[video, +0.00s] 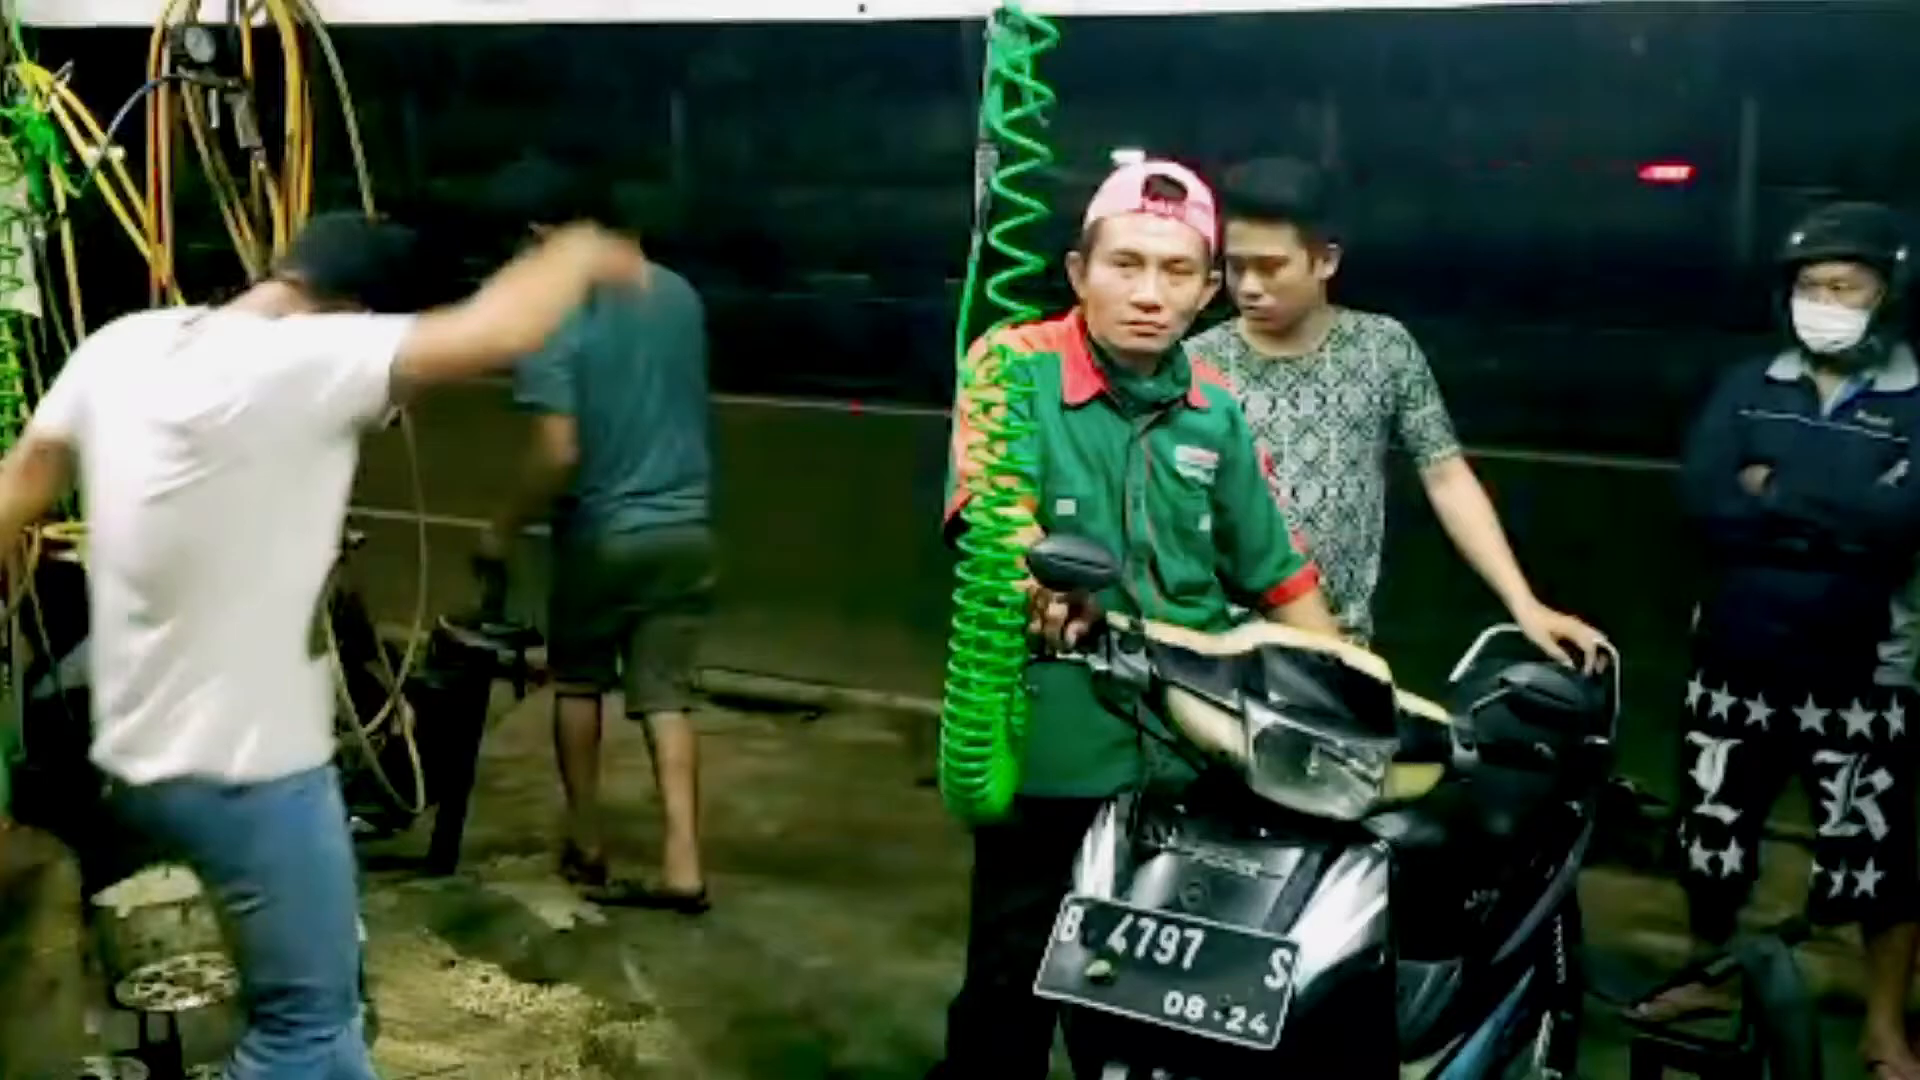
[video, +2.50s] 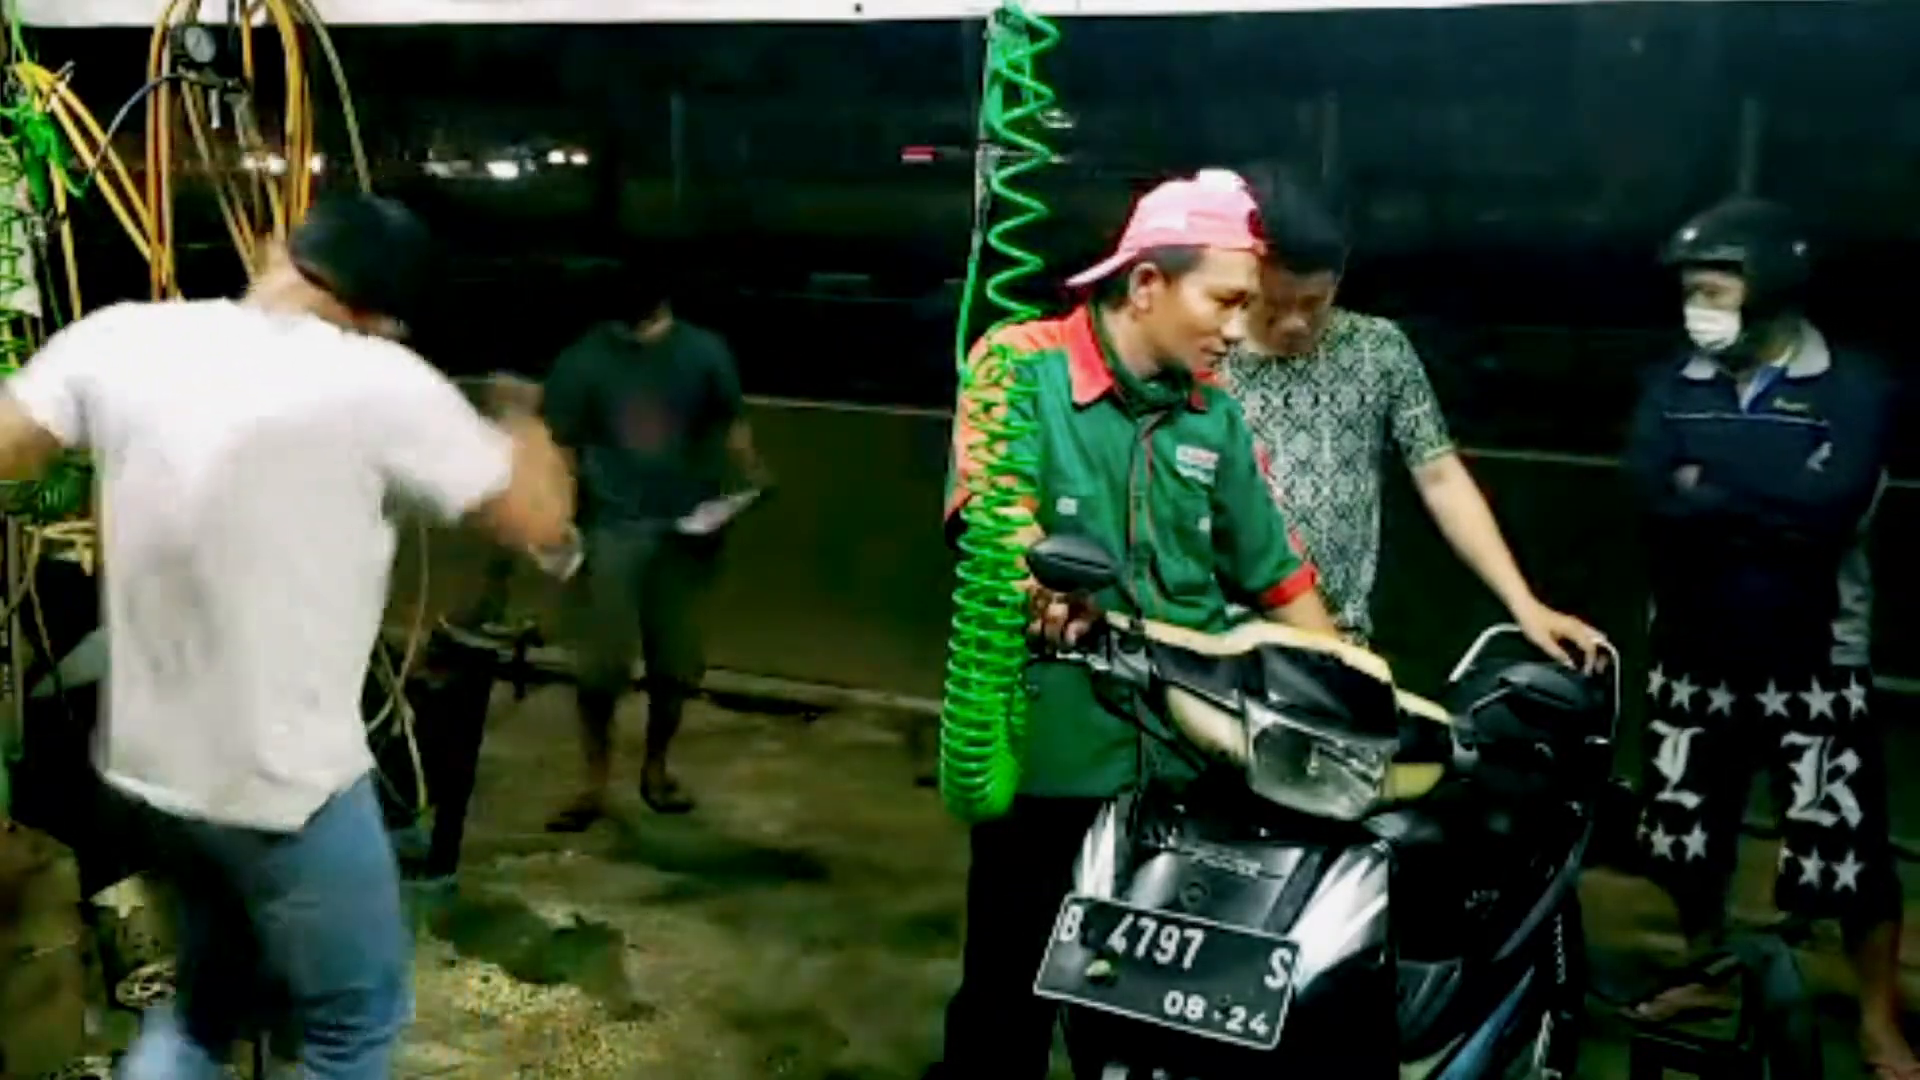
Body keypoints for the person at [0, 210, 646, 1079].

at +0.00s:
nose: (375, 329)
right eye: (377, 313)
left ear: (279, 266)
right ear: (362, 303)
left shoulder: (119, 347)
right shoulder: (321, 360)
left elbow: (16, 501)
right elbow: (497, 331)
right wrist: (577, 248)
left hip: (134, 762)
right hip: (256, 776)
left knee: (315, 981)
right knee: (307, 1029)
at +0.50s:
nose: (491, 361)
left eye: (499, 346)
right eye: (499, 343)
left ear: (413, 293)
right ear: (481, 322)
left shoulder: (307, 365)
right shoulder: (432, 373)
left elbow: (367, 504)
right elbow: (482, 527)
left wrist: (497, 460)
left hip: (299, 719)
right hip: (398, 725)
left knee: (422, 892)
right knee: (571, 866)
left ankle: (391, 1068)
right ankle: (540, 1067)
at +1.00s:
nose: (639, 377)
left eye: (645, 364)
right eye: (643, 360)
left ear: (566, 305)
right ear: (627, 336)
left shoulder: (441, 357)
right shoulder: (595, 385)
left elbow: (506, 464)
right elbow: (620, 547)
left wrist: (656, 476)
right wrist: (676, 701)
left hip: (436, 712)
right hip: (551, 731)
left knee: (570, 833)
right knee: (652, 910)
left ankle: (495, 1044)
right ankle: (589, 1068)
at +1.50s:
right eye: (585, 276)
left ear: (486, 253)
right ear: (565, 273)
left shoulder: (354, 302)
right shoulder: (572, 321)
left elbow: (191, 381)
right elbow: (750, 348)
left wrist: (89, 515)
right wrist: (692, 331)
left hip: (364, 709)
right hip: (508, 714)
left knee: (407, 921)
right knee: (577, 903)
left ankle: (391, 1074)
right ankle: (584, 1069)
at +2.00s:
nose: (489, 311)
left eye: (498, 296)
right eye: (500, 293)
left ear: (415, 244)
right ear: (475, 281)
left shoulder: (345, 298)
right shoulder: (388, 306)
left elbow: (482, 282)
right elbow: (291, 395)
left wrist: (603, 316)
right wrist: (325, 588)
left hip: (325, 724)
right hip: (344, 728)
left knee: (376, 996)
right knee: (406, 1004)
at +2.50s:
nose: (388, 341)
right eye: (393, 327)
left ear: (279, 258)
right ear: (375, 318)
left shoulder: (121, 338)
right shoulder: (380, 381)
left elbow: (9, 446)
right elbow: (537, 519)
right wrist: (528, 425)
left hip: (143, 767)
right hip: (291, 788)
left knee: (204, 1008)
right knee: (352, 1030)